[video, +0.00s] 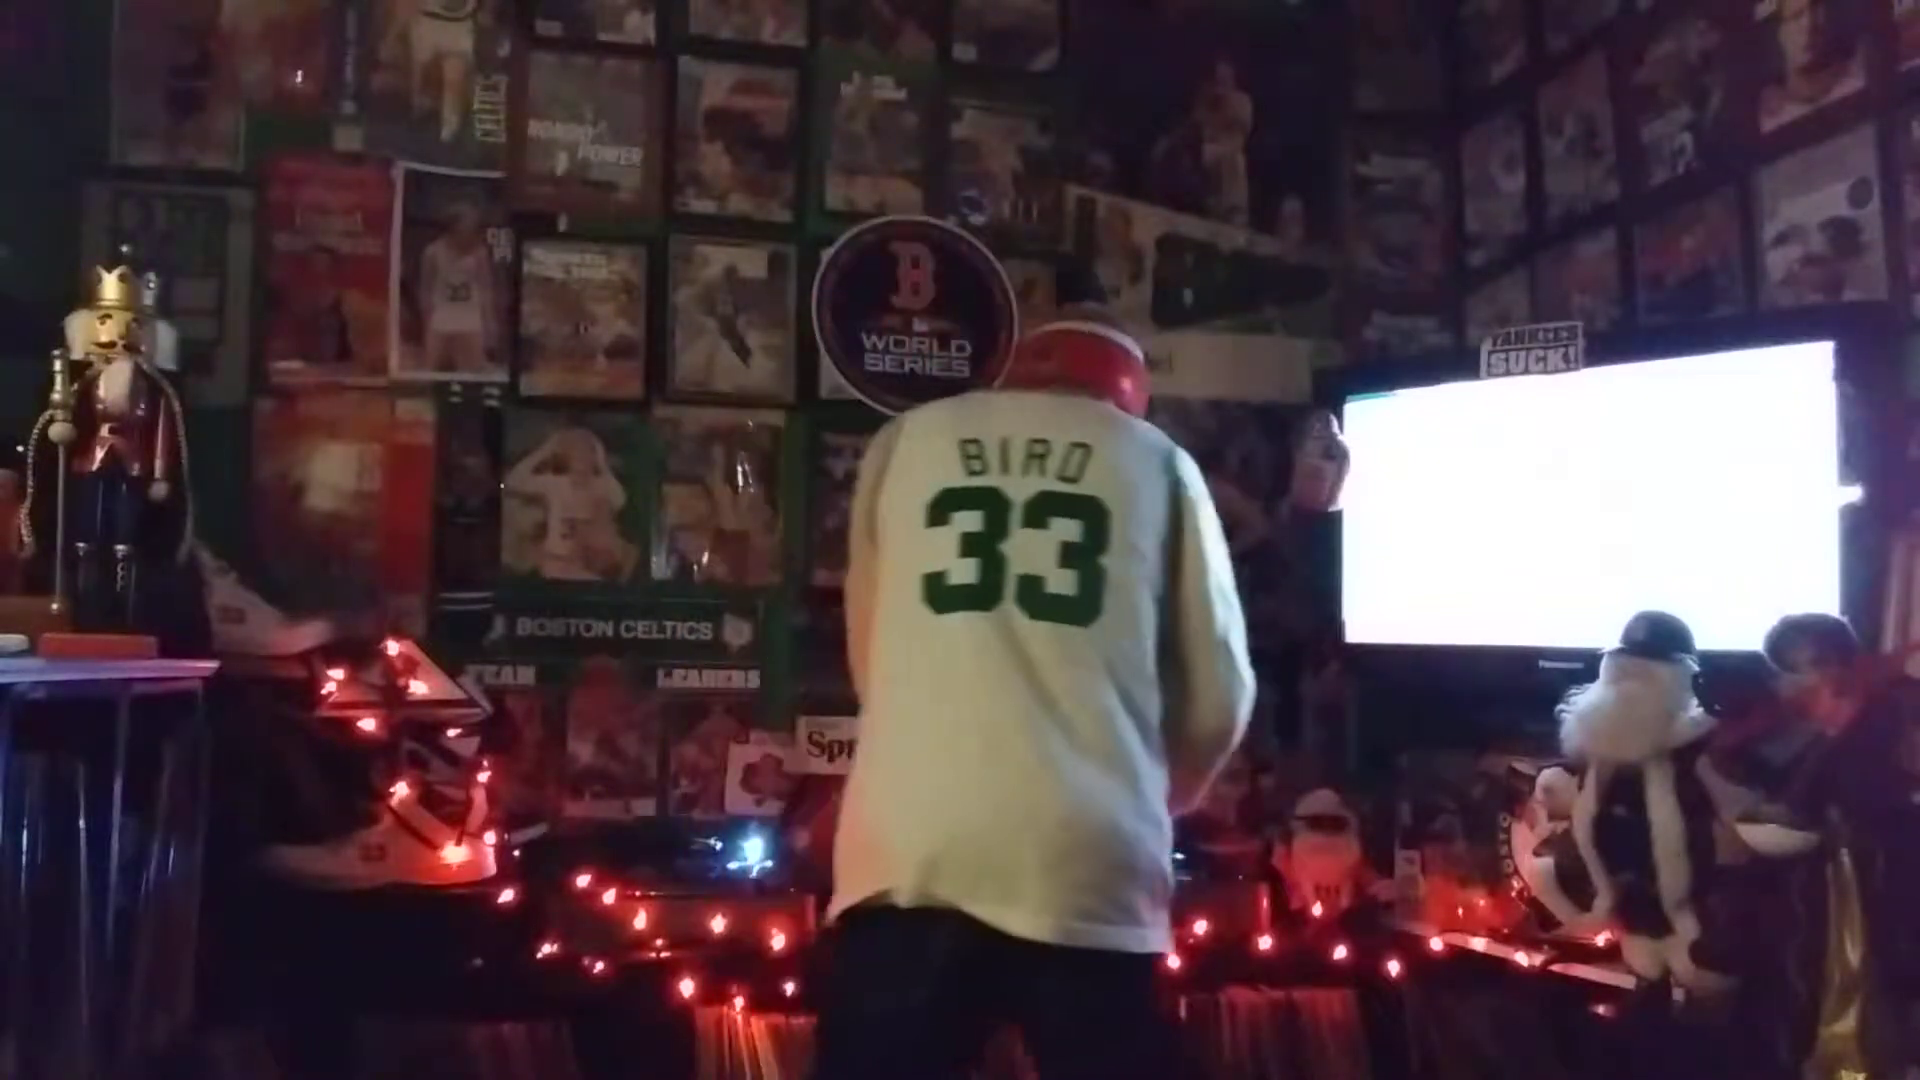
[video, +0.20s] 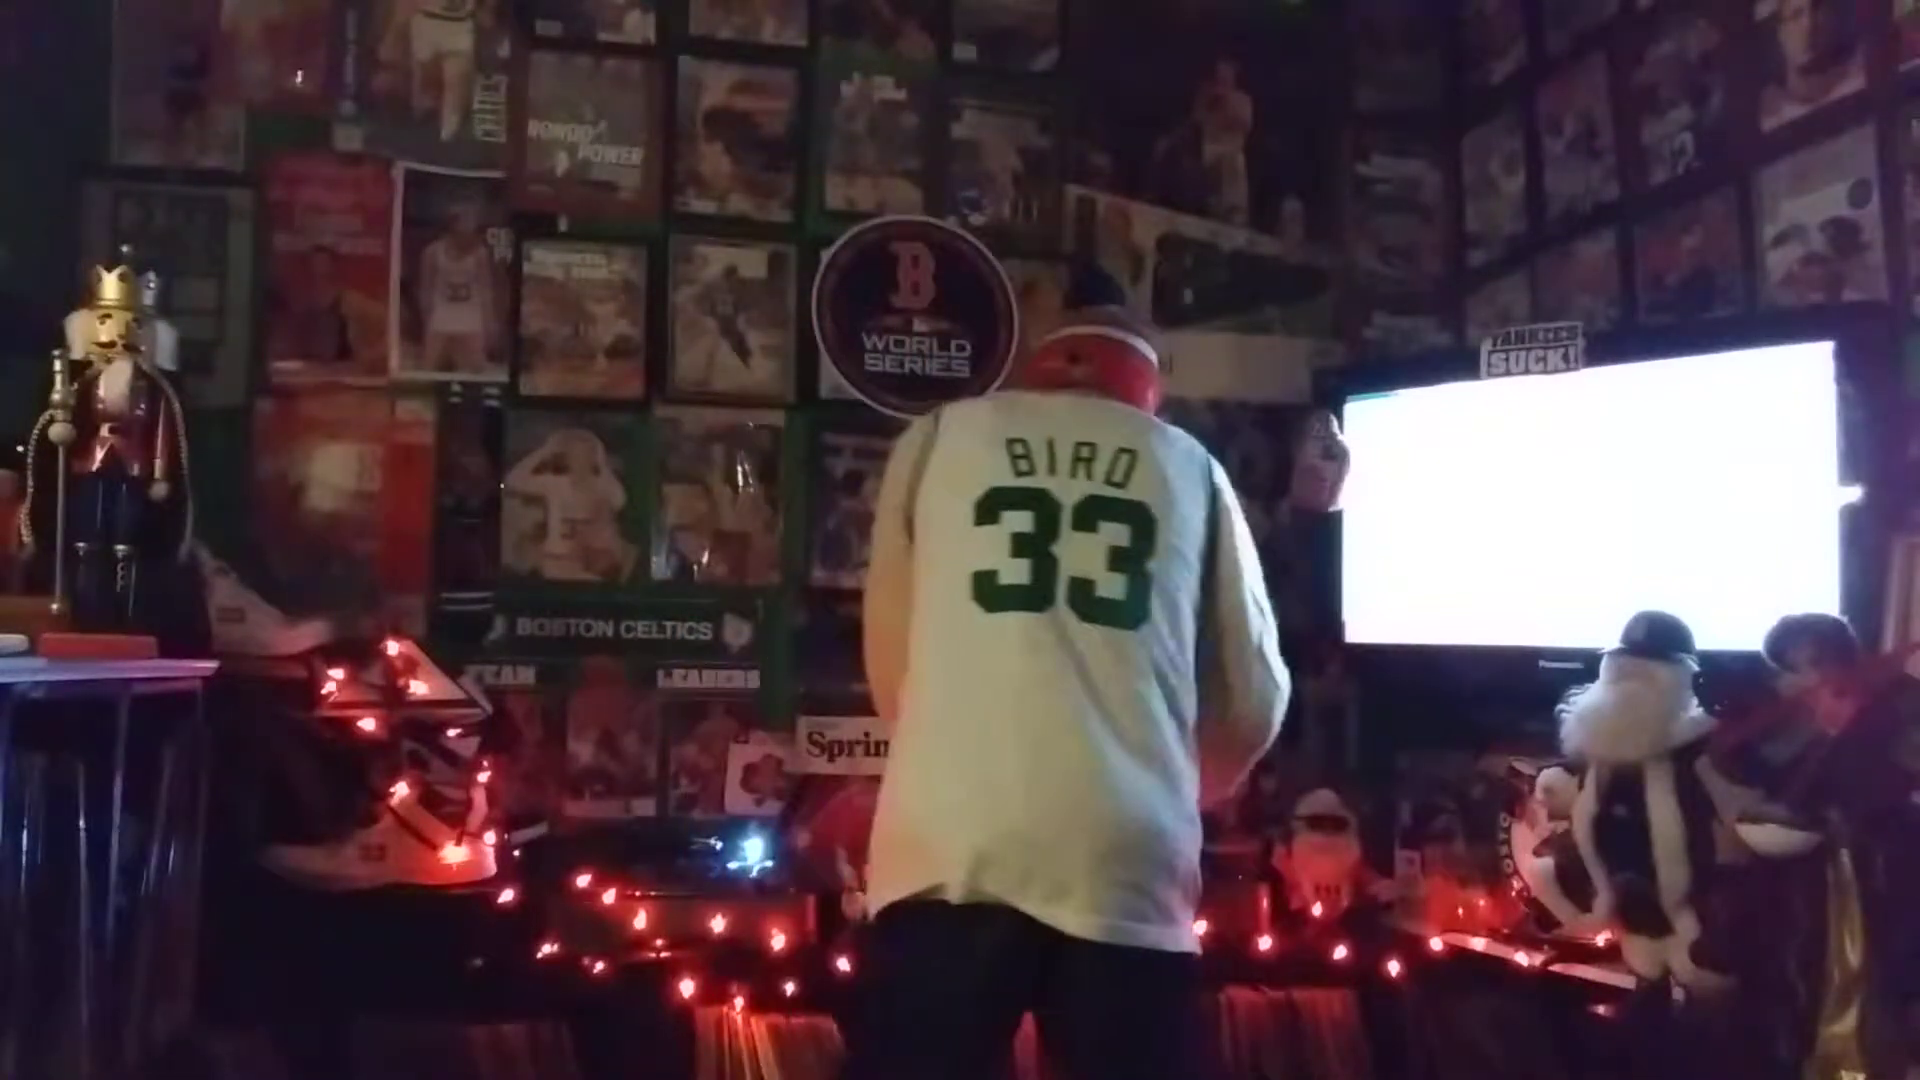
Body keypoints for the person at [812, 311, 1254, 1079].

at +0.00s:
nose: (1144, 413)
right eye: (1141, 402)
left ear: (1014, 370)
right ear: (1128, 396)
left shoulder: (903, 440)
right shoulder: (1159, 461)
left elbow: (868, 656)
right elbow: (1218, 699)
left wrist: (932, 767)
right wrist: (1140, 816)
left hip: (902, 859)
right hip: (1089, 871)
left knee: (873, 1065)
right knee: (1113, 1066)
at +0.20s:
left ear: (1035, 369)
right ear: (1148, 392)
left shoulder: (936, 434)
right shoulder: (1194, 467)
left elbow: (889, 661)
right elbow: (1253, 699)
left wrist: (959, 767)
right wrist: (1157, 802)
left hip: (943, 854)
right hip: (1128, 869)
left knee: (914, 1066)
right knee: (1140, 1066)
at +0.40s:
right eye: (1155, 384)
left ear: (1036, 366)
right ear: (1155, 390)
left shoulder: (950, 426)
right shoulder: (1210, 471)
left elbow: (898, 644)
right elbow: (1235, 712)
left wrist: (961, 769)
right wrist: (1148, 812)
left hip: (969, 838)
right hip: (1151, 858)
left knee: (919, 1065)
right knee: (1145, 1065)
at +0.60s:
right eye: (1145, 371)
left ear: (1023, 348)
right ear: (1137, 368)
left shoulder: (946, 418)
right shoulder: (1202, 467)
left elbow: (884, 650)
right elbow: (1212, 704)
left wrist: (961, 761)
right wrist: (1110, 782)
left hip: (976, 830)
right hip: (1154, 855)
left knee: (932, 1063)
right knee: (1146, 1064)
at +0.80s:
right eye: (1096, 358)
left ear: (975, 350)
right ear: (1082, 358)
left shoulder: (921, 418)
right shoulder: (1174, 458)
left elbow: (843, 643)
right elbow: (1201, 699)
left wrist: (932, 758)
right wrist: (1118, 792)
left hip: (955, 844)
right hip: (1134, 863)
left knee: (927, 1068)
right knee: (1129, 1068)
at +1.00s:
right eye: (1053, 353)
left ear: (919, 357)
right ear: (1034, 357)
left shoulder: (871, 423)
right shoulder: (1127, 452)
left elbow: (803, 651)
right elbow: (1160, 690)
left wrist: (882, 753)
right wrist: (1095, 795)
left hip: (912, 856)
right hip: (1094, 865)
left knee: (892, 1067)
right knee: (1104, 1068)